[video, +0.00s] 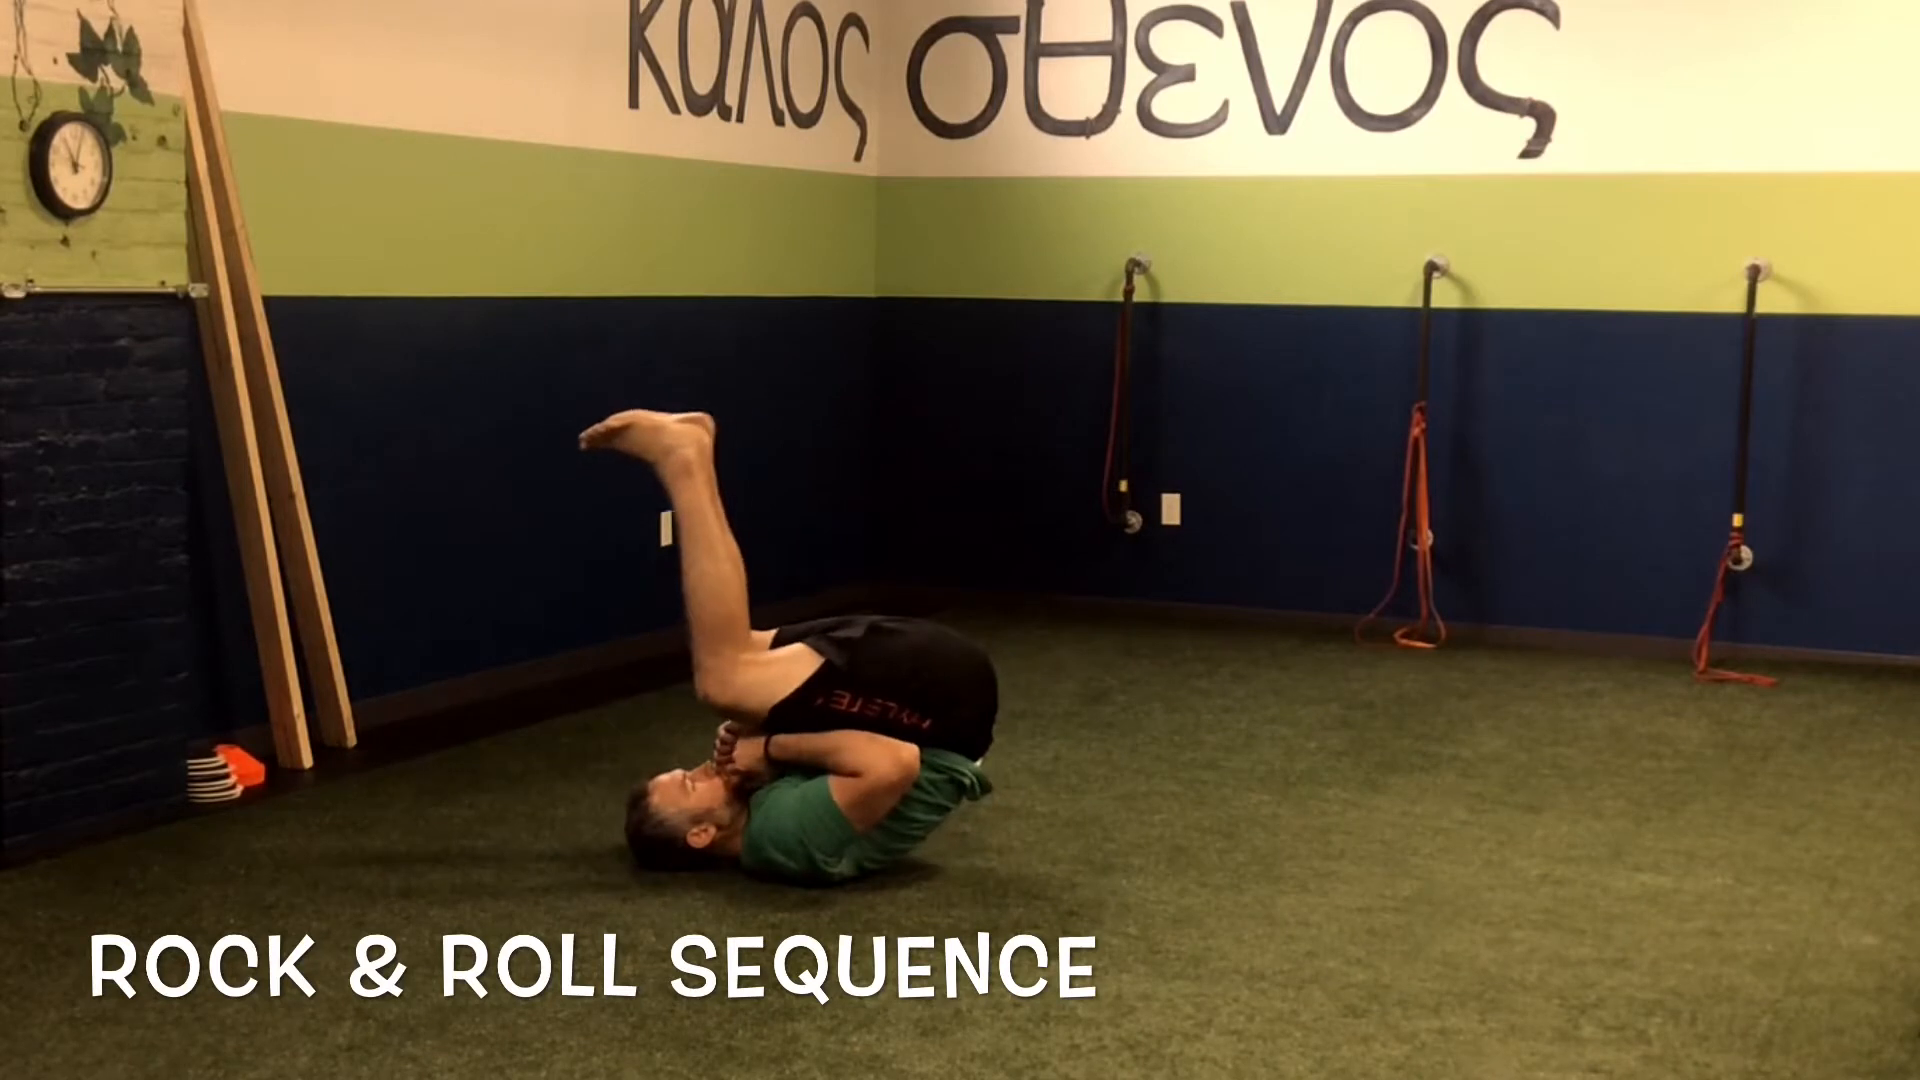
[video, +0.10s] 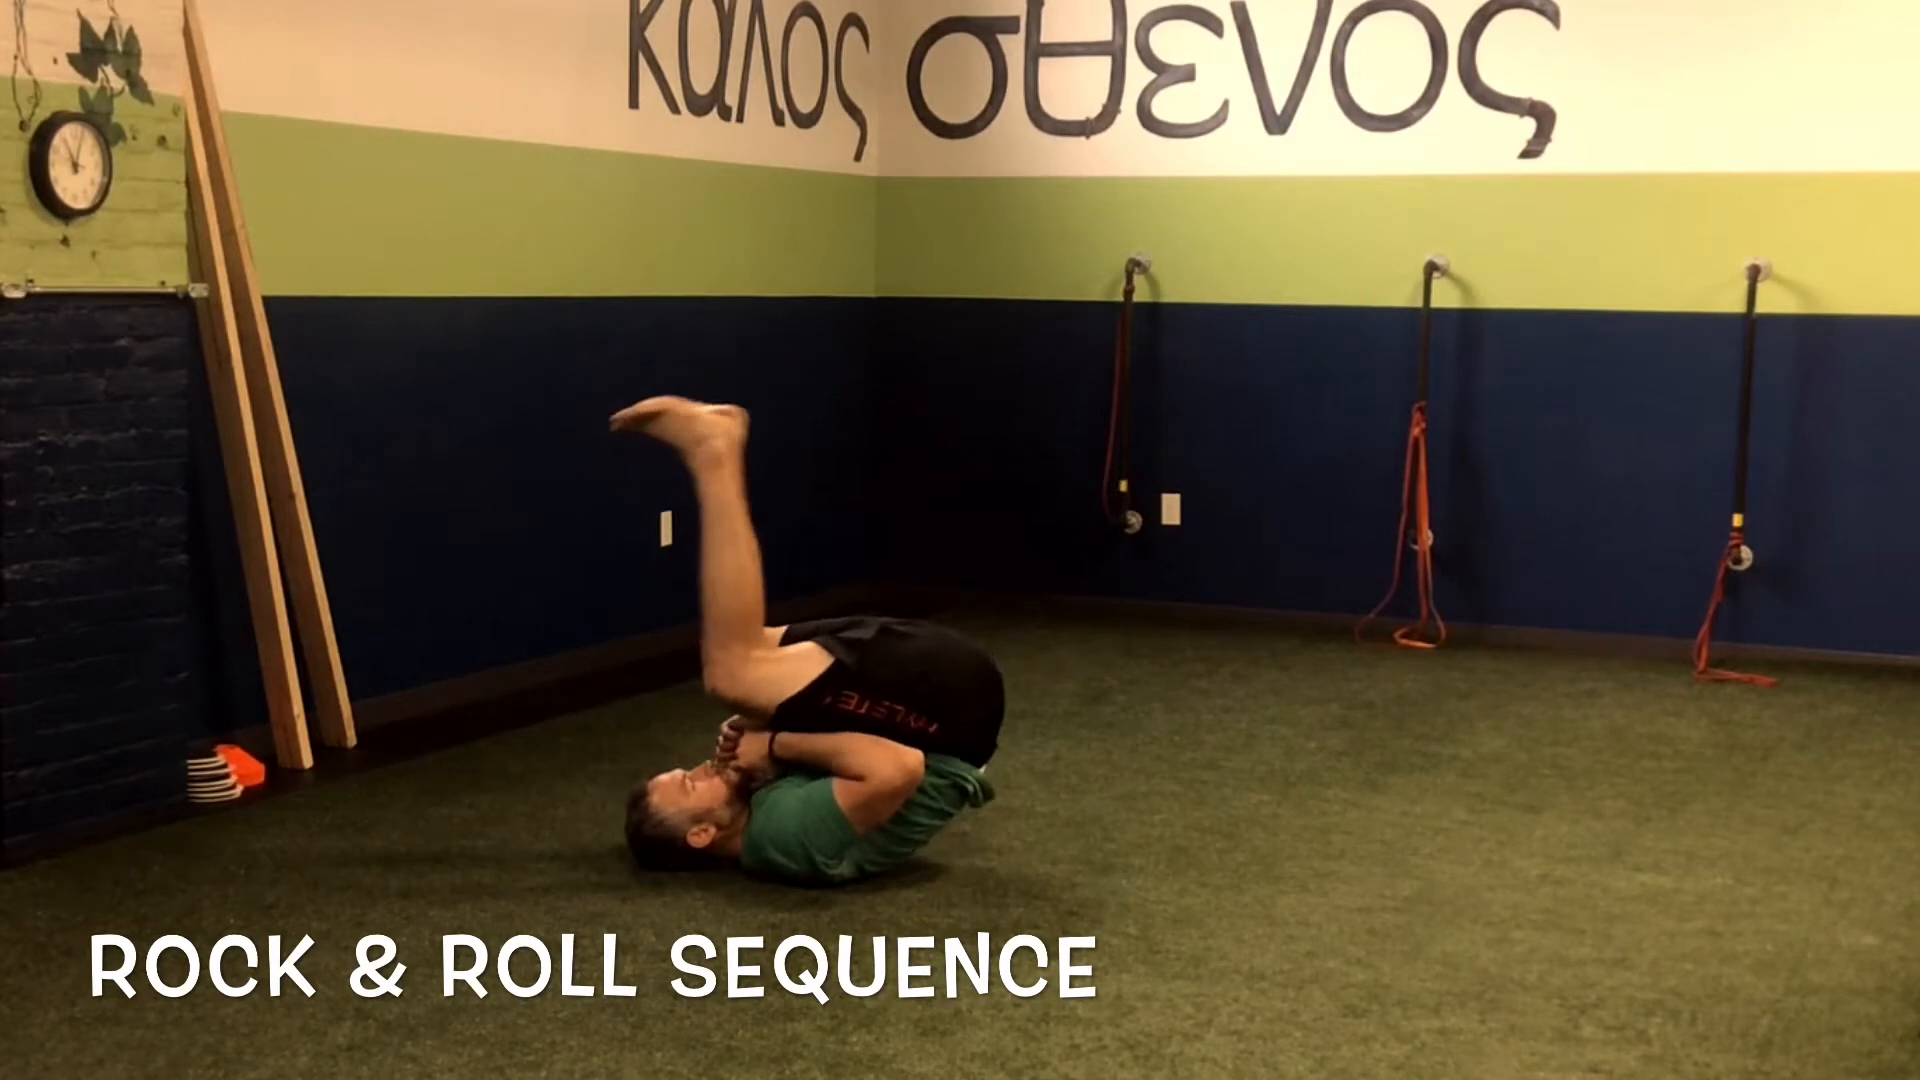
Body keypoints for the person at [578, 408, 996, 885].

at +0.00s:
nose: (699, 767)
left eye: (682, 773)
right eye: (685, 783)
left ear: (706, 829)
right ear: (703, 830)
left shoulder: (761, 813)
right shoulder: (780, 837)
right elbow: (896, 765)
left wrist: (749, 740)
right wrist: (770, 751)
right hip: (953, 692)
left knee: (744, 647)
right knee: (722, 674)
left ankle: (691, 459)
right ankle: (684, 455)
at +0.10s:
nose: (705, 766)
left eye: (687, 770)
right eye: (691, 783)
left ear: (707, 831)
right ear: (704, 832)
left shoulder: (758, 816)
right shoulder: (780, 834)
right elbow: (901, 771)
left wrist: (753, 759)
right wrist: (775, 746)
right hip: (959, 698)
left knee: (752, 645)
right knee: (732, 671)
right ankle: (714, 448)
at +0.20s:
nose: (701, 766)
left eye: (686, 770)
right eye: (689, 782)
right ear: (703, 831)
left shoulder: (758, 812)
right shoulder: (785, 832)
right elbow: (907, 774)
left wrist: (769, 749)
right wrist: (782, 743)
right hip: (971, 710)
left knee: (771, 638)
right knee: (747, 659)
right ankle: (767, 436)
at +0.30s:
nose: (706, 758)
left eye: (688, 761)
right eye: (692, 774)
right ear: (706, 822)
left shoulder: (766, 812)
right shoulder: (787, 832)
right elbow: (913, 782)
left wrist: (779, 739)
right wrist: (793, 741)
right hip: (983, 729)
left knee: (797, 633)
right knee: (772, 641)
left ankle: (836, 432)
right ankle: (835, 432)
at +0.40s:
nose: (718, 745)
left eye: (700, 746)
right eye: (701, 759)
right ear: (710, 809)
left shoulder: (778, 804)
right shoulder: (790, 829)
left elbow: (871, 719)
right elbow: (922, 791)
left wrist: (793, 712)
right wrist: (808, 735)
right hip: (999, 750)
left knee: (804, 616)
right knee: (807, 626)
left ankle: (916, 435)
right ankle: (916, 435)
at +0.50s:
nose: (740, 725)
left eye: (722, 726)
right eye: (722, 737)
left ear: (726, 785)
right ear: (723, 786)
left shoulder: (788, 788)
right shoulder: (793, 818)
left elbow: (882, 719)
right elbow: (938, 797)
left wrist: (819, 699)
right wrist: (830, 726)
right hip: (1010, 775)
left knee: (852, 597)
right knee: (856, 607)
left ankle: (1006, 454)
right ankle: (1011, 454)